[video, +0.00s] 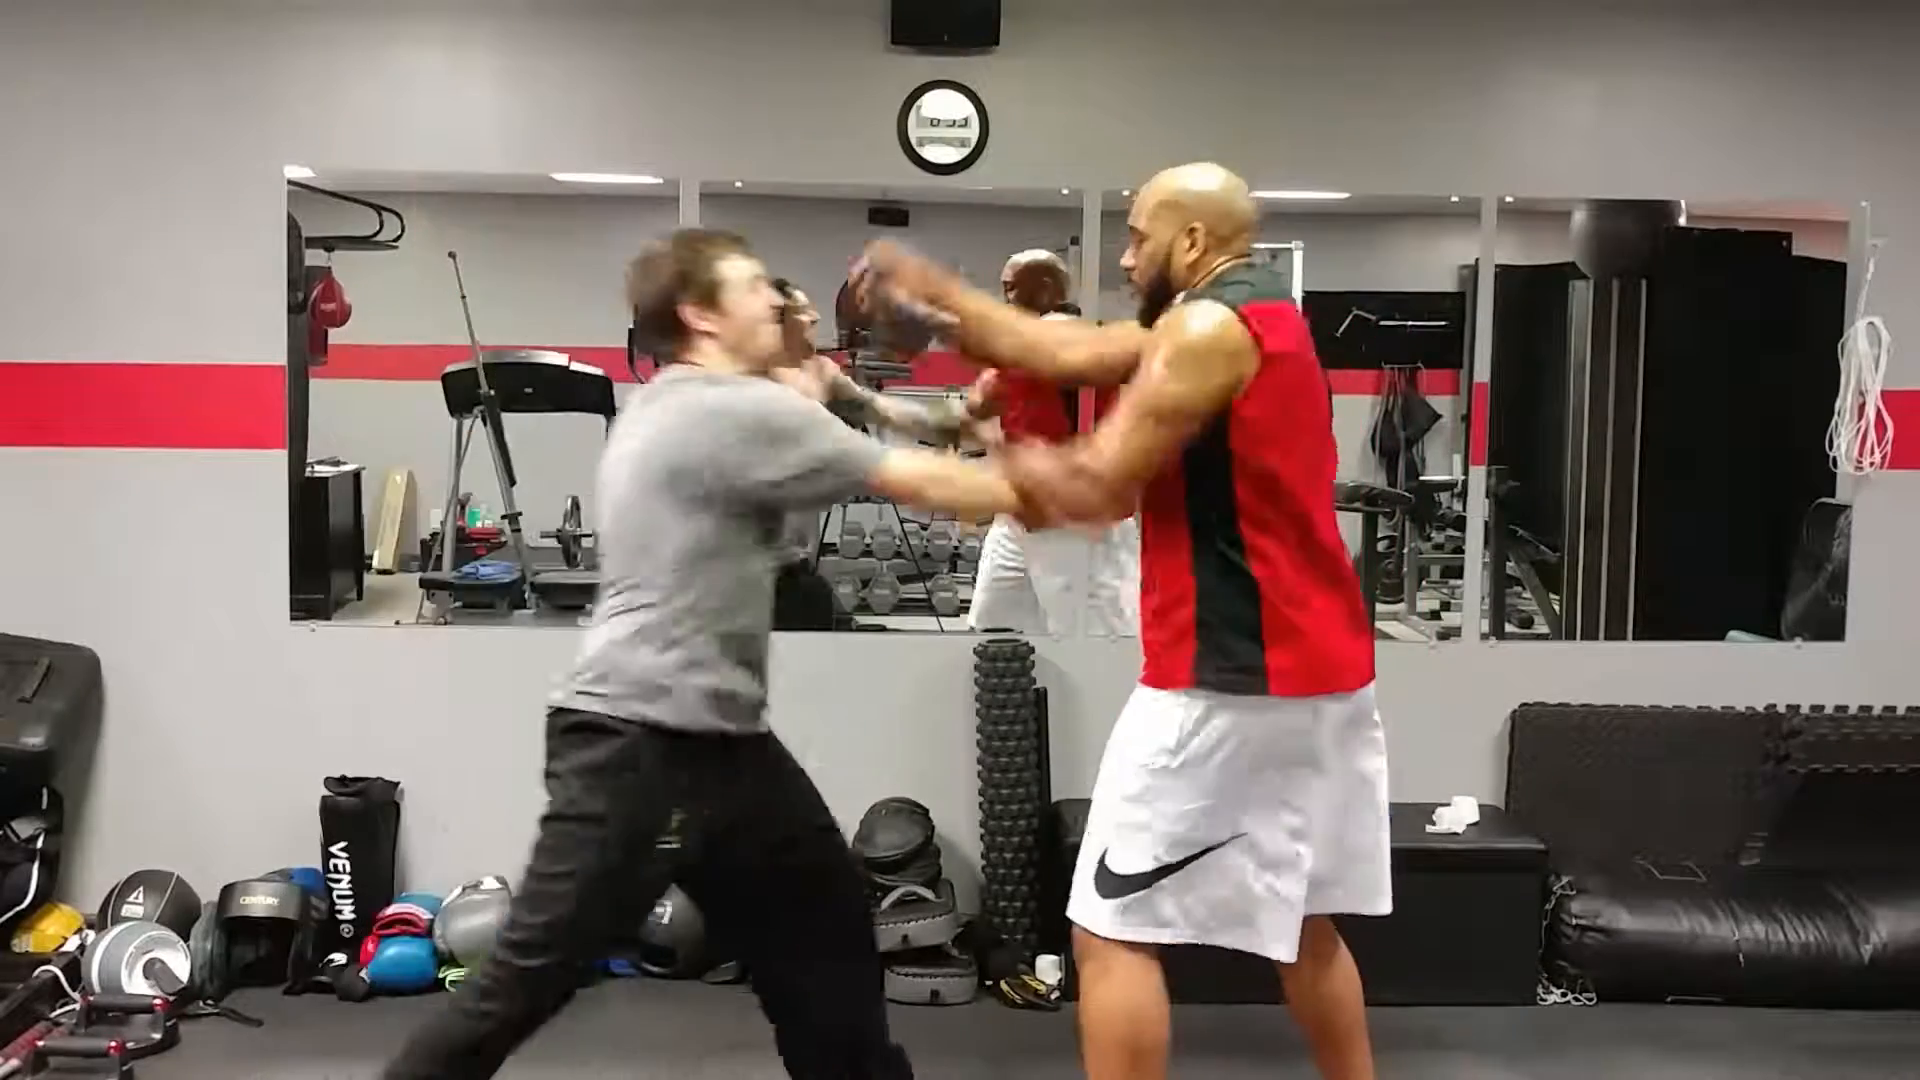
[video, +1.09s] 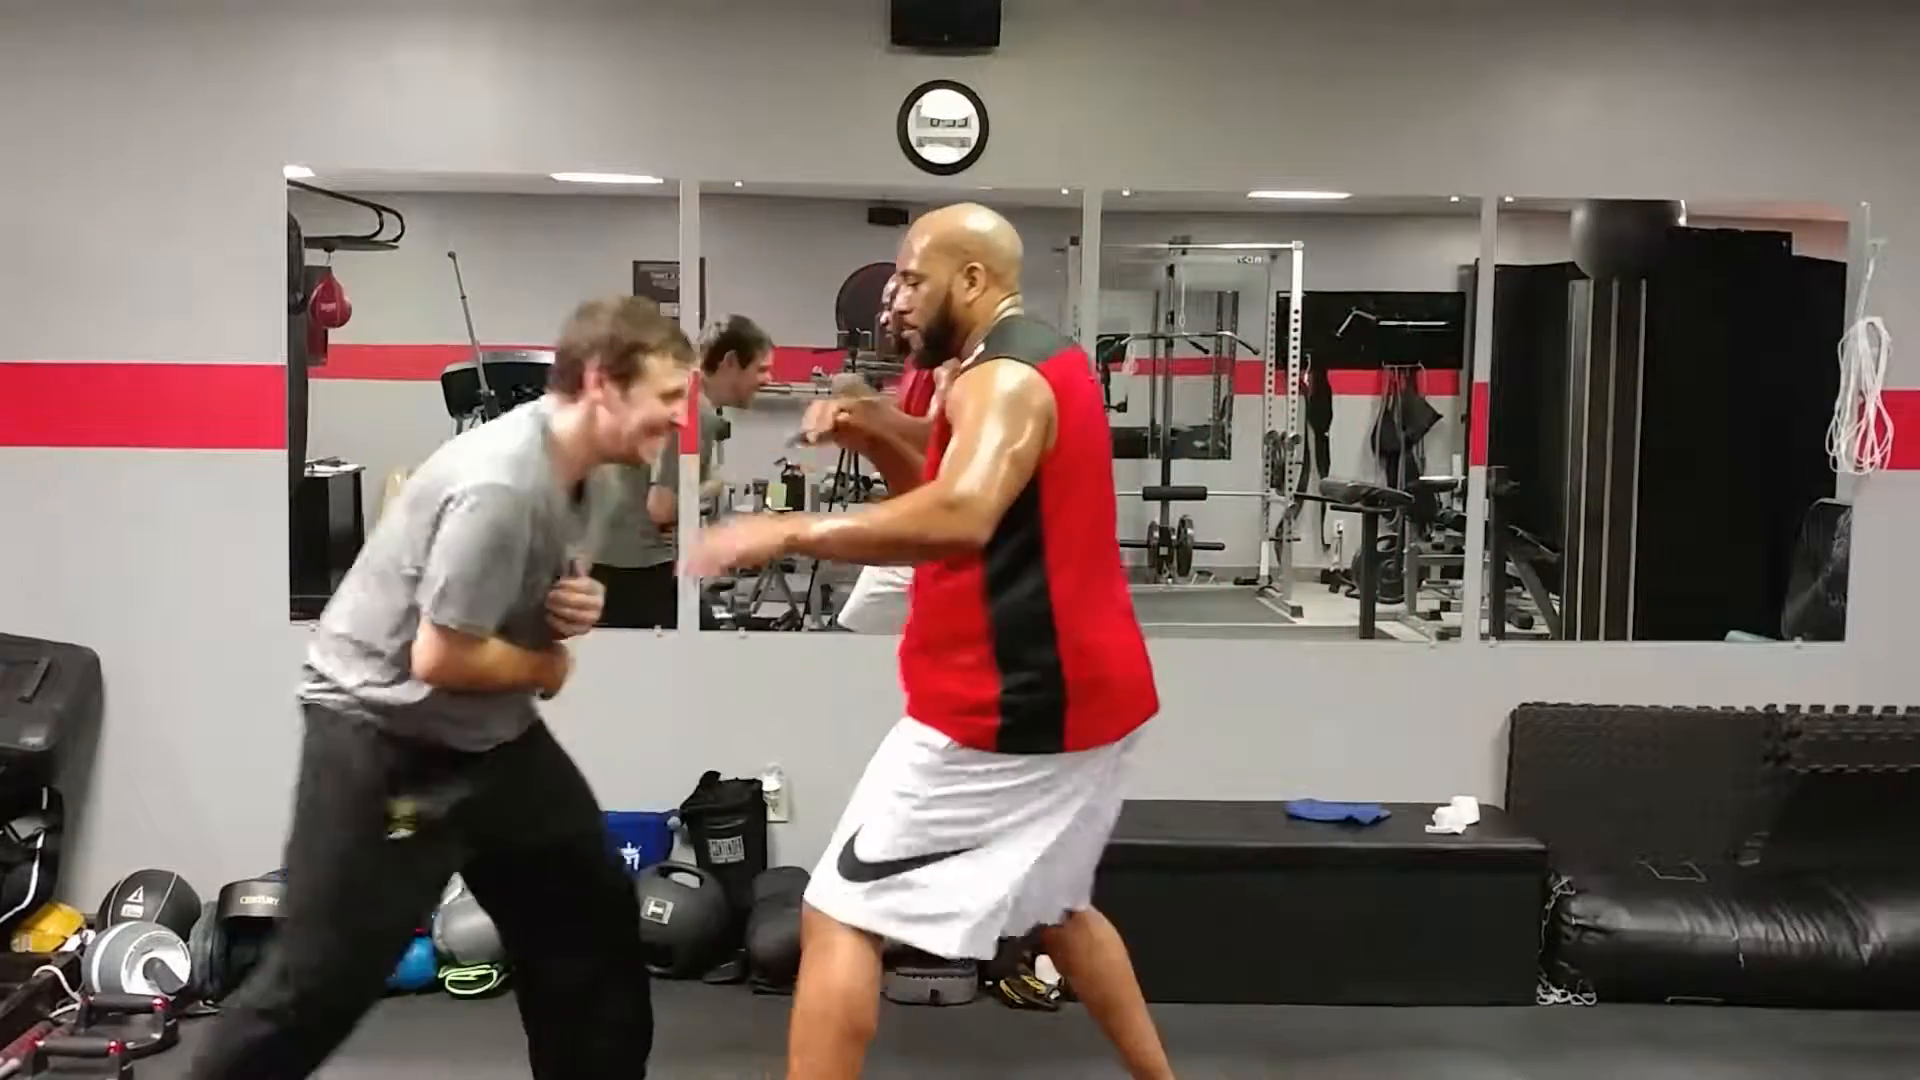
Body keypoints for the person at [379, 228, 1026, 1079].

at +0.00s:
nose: (783, 304)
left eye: (775, 285)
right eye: (760, 287)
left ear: (699, 322)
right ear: (701, 317)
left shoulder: (661, 412)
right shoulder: (734, 411)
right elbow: (912, 479)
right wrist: (1038, 495)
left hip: (722, 740)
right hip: (632, 736)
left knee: (828, 948)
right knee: (523, 979)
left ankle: (857, 1073)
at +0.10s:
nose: (861, 320)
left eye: (854, 302)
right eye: (842, 303)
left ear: (781, 332)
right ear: (784, 328)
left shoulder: (730, 413)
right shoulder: (786, 434)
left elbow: (852, 424)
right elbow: (929, 562)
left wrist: (939, 474)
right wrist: (1071, 640)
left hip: (733, 730)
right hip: (660, 722)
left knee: (837, 903)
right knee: (606, 970)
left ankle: (863, 1074)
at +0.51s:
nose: (792, 294)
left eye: (789, 277)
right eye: (772, 277)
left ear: (723, 294)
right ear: (708, 290)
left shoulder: (751, 394)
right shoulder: (665, 405)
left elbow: (835, 485)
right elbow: (783, 567)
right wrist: (928, 649)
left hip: (749, 709)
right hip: (648, 713)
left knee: (858, 933)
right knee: (619, 990)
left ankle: (868, 1066)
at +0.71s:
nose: (712, 292)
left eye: (711, 273)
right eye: (695, 271)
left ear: (635, 280)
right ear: (627, 276)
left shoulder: (649, 370)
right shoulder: (602, 370)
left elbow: (700, 461)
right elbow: (664, 525)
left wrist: (795, 479)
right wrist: (789, 609)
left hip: (654, 698)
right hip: (562, 699)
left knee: (772, 865)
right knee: (566, 992)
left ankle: (748, 1062)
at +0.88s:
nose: (701, 325)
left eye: (704, 307)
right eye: (685, 302)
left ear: (628, 304)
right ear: (615, 299)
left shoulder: (638, 408)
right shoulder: (552, 390)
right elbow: (554, 570)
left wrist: (680, 514)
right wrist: (680, 587)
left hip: (594, 705)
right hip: (482, 697)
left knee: (658, 921)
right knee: (479, 950)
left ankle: (588, 1076)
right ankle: (473, 1078)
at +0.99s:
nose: (702, 379)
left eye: (706, 361)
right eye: (688, 358)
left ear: (632, 355)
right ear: (621, 349)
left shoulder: (614, 461)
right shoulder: (534, 453)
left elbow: (601, 614)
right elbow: (492, 629)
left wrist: (627, 572)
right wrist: (610, 638)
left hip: (543, 713)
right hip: (428, 710)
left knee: (618, 939)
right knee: (409, 954)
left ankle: (596, 1076)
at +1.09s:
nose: (679, 418)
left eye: (683, 400)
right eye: (668, 397)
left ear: (605, 390)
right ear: (599, 386)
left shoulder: (572, 469)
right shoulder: (500, 486)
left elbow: (525, 585)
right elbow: (440, 655)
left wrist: (576, 600)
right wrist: (542, 668)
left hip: (494, 733)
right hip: (380, 738)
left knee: (590, 941)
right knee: (317, 987)